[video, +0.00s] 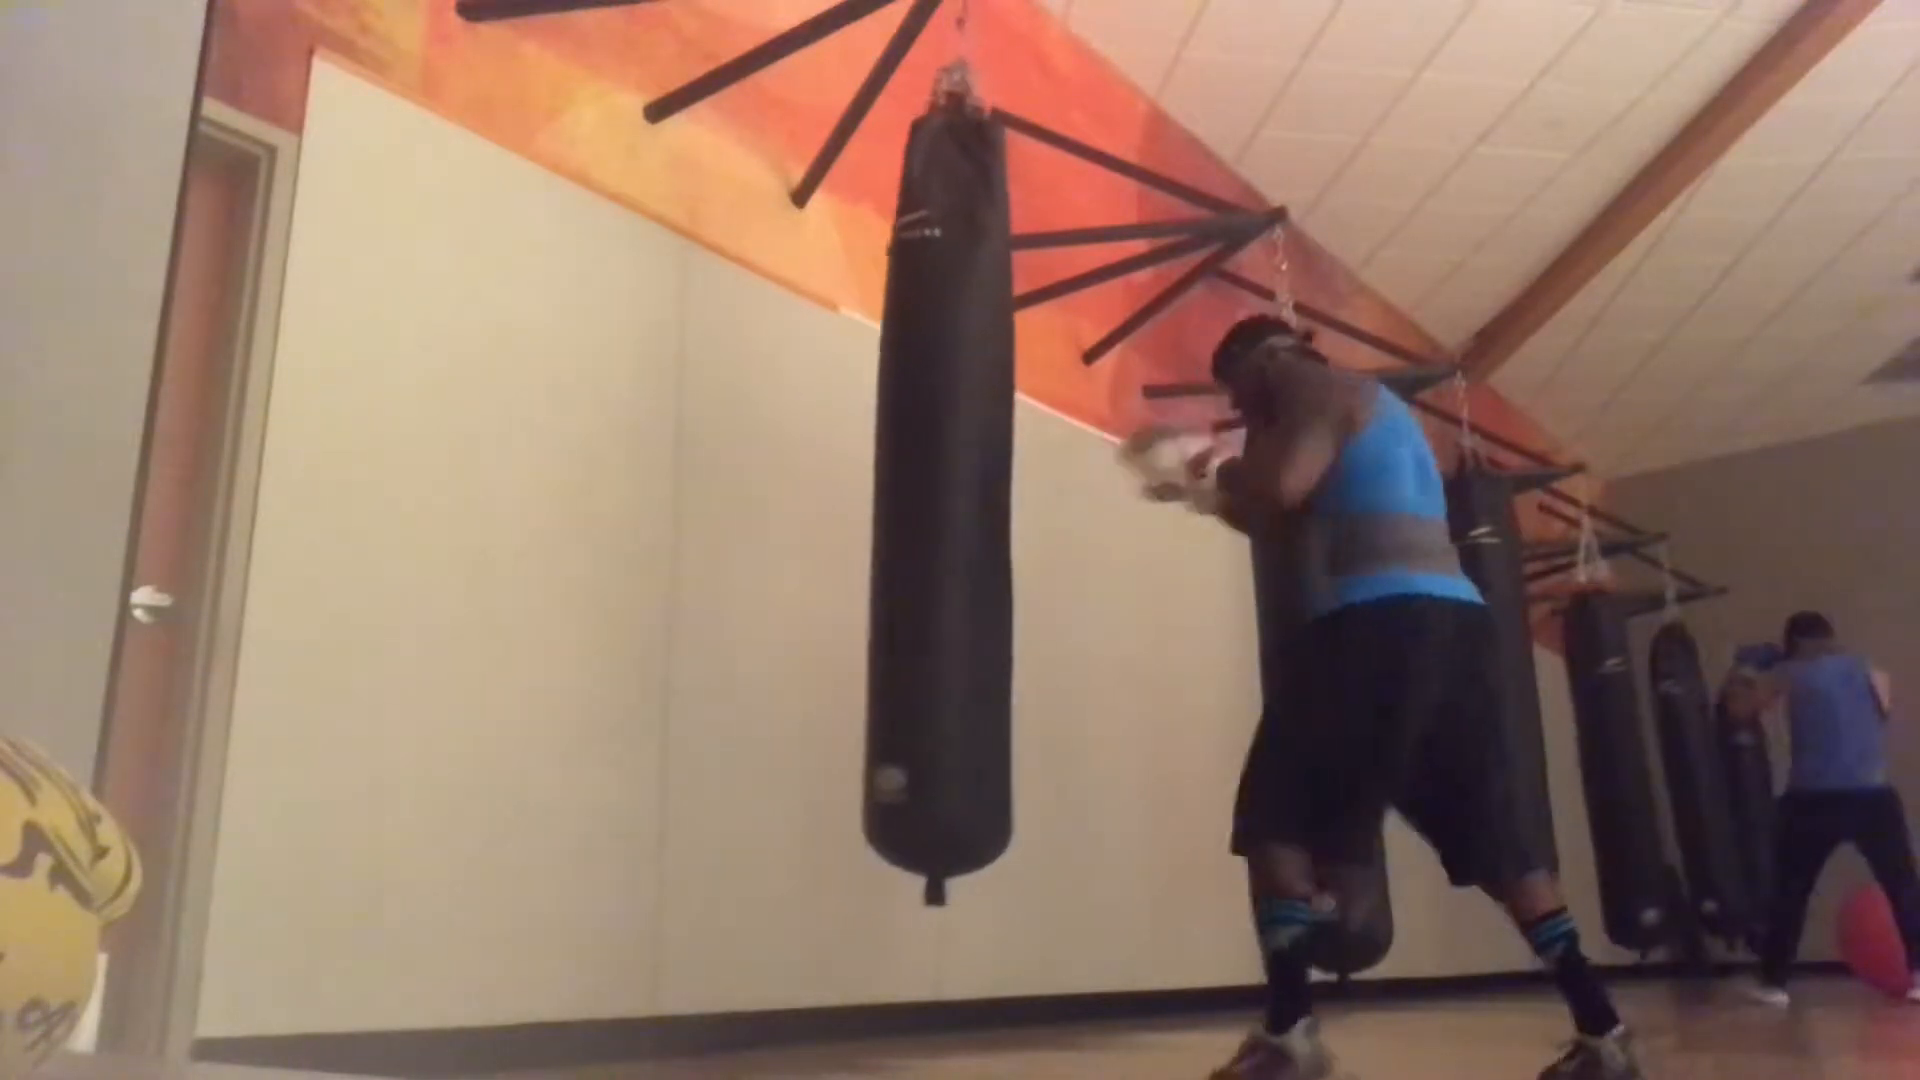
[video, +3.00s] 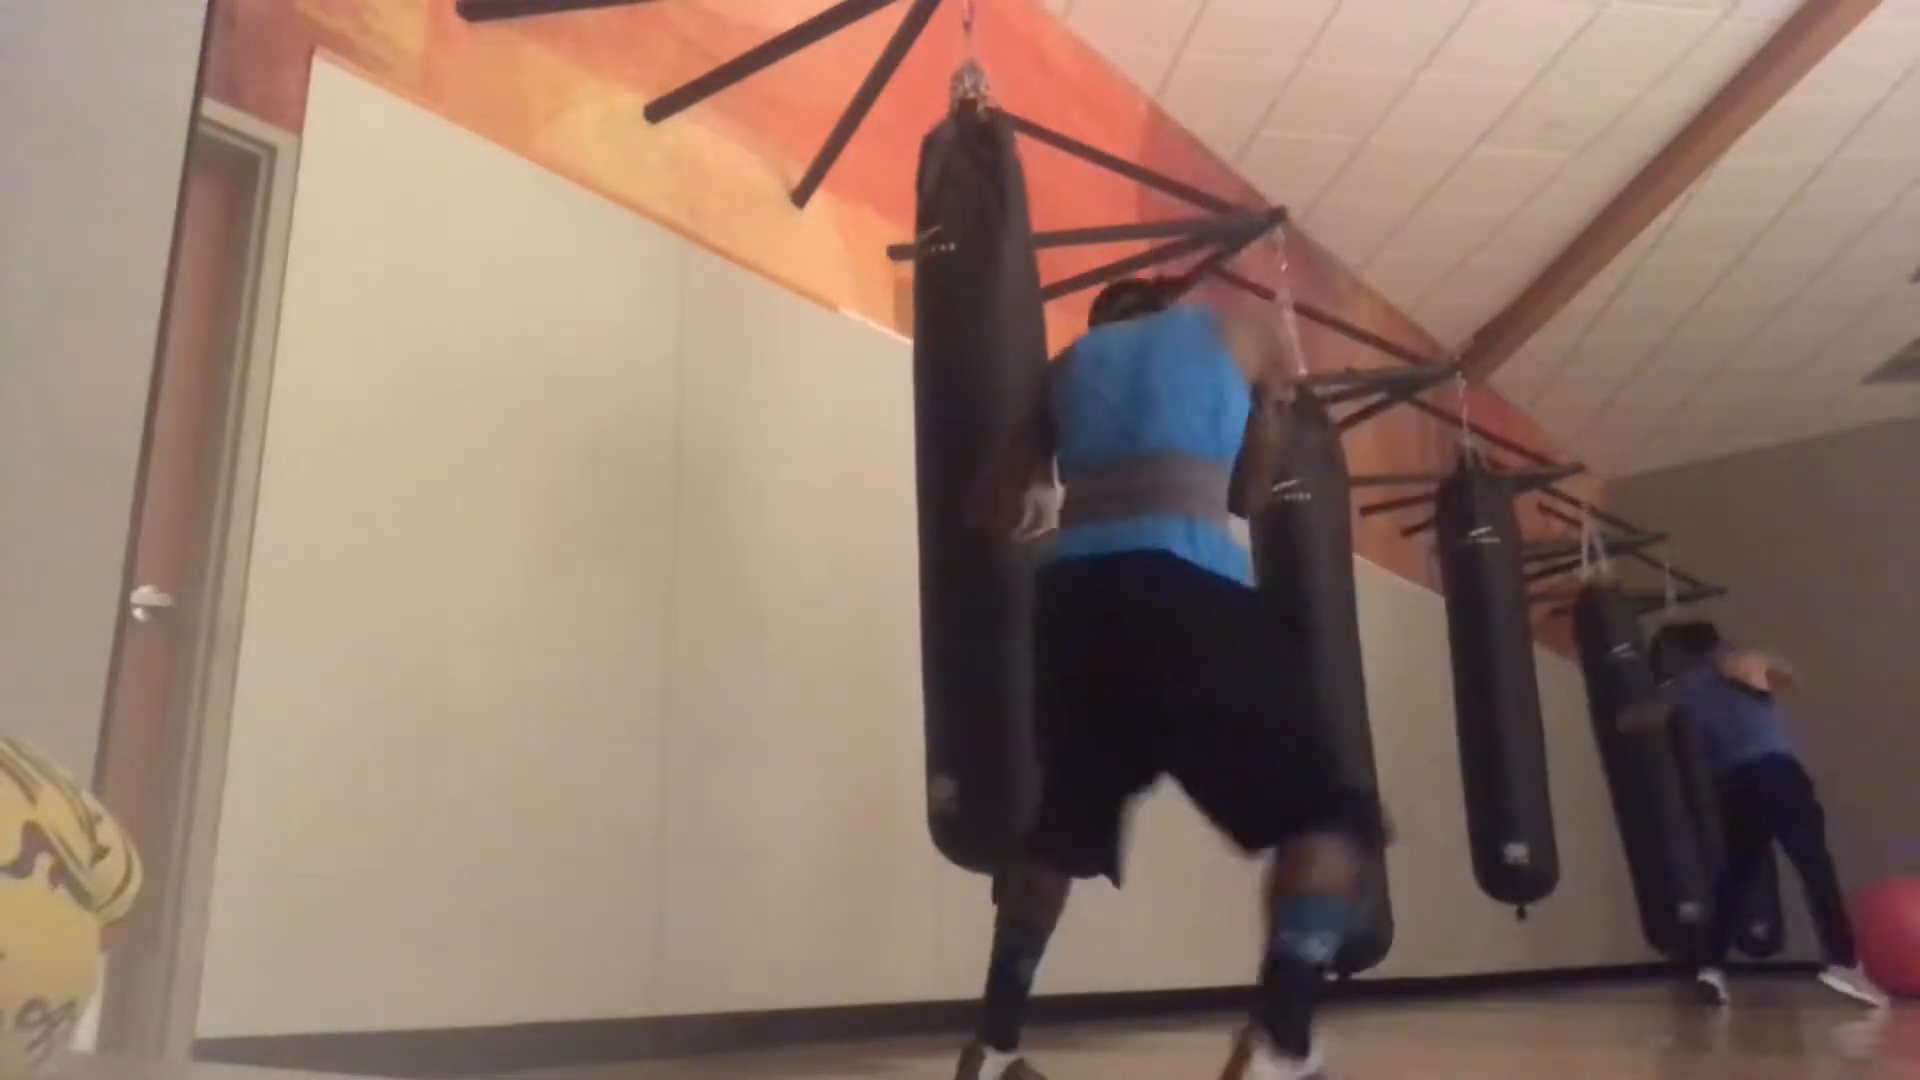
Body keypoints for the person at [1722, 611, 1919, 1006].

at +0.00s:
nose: (1794, 654)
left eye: (1791, 648)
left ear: (1792, 645)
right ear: (1832, 637)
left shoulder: (1790, 673)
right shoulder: (1866, 670)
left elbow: (1741, 709)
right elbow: (1883, 712)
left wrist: (1739, 671)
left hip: (1813, 799)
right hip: (1872, 798)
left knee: (1791, 890)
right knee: (1904, 887)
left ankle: (1775, 981)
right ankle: (1917, 975)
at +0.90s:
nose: (1751, 666)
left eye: (1745, 660)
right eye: (1752, 657)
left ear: (1740, 660)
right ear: (1779, 650)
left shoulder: (1749, 695)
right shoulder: (1815, 674)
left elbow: (1702, 721)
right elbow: (1829, 691)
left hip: (1804, 796)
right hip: (1859, 784)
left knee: (1774, 882)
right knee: (1909, 866)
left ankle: (1761, 969)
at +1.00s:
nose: (1727, 675)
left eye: (1726, 668)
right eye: (1726, 668)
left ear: (1731, 666)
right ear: (1765, 657)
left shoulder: (1746, 691)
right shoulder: (1795, 682)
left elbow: (1689, 713)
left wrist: (1642, 713)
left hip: (1806, 794)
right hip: (1859, 784)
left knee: (1774, 884)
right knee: (1908, 867)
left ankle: (1760, 975)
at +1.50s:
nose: (1713, 679)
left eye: (1712, 672)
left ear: (1712, 671)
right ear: (1746, 665)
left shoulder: (1717, 699)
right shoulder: (1776, 690)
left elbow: (1672, 724)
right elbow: (1808, 722)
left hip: (1760, 803)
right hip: (1810, 795)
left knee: (1729, 882)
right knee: (1858, 880)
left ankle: (1700, 962)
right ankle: (1897, 961)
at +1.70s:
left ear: (1680, 677)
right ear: (1716, 669)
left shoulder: (1676, 711)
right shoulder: (1745, 692)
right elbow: (1771, 724)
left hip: (1727, 800)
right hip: (1780, 788)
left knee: (1712, 879)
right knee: (1819, 866)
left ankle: (1695, 971)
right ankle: (1842, 952)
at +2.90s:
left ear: (1685, 657)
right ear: (1720, 649)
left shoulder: (1684, 696)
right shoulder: (1754, 674)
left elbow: (1673, 756)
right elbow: (1779, 712)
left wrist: (1686, 803)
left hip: (1736, 794)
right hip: (1790, 785)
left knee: (1728, 883)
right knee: (1829, 875)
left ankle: (1712, 975)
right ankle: (1850, 966)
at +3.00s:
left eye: (1670, 660)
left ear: (1678, 656)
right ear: (1715, 643)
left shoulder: (1686, 687)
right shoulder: (1743, 665)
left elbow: (1634, 718)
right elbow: (1789, 676)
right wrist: (1765, 664)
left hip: (1736, 783)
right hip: (1781, 774)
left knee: (1738, 871)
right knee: (1816, 864)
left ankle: (1713, 966)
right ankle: (1843, 962)